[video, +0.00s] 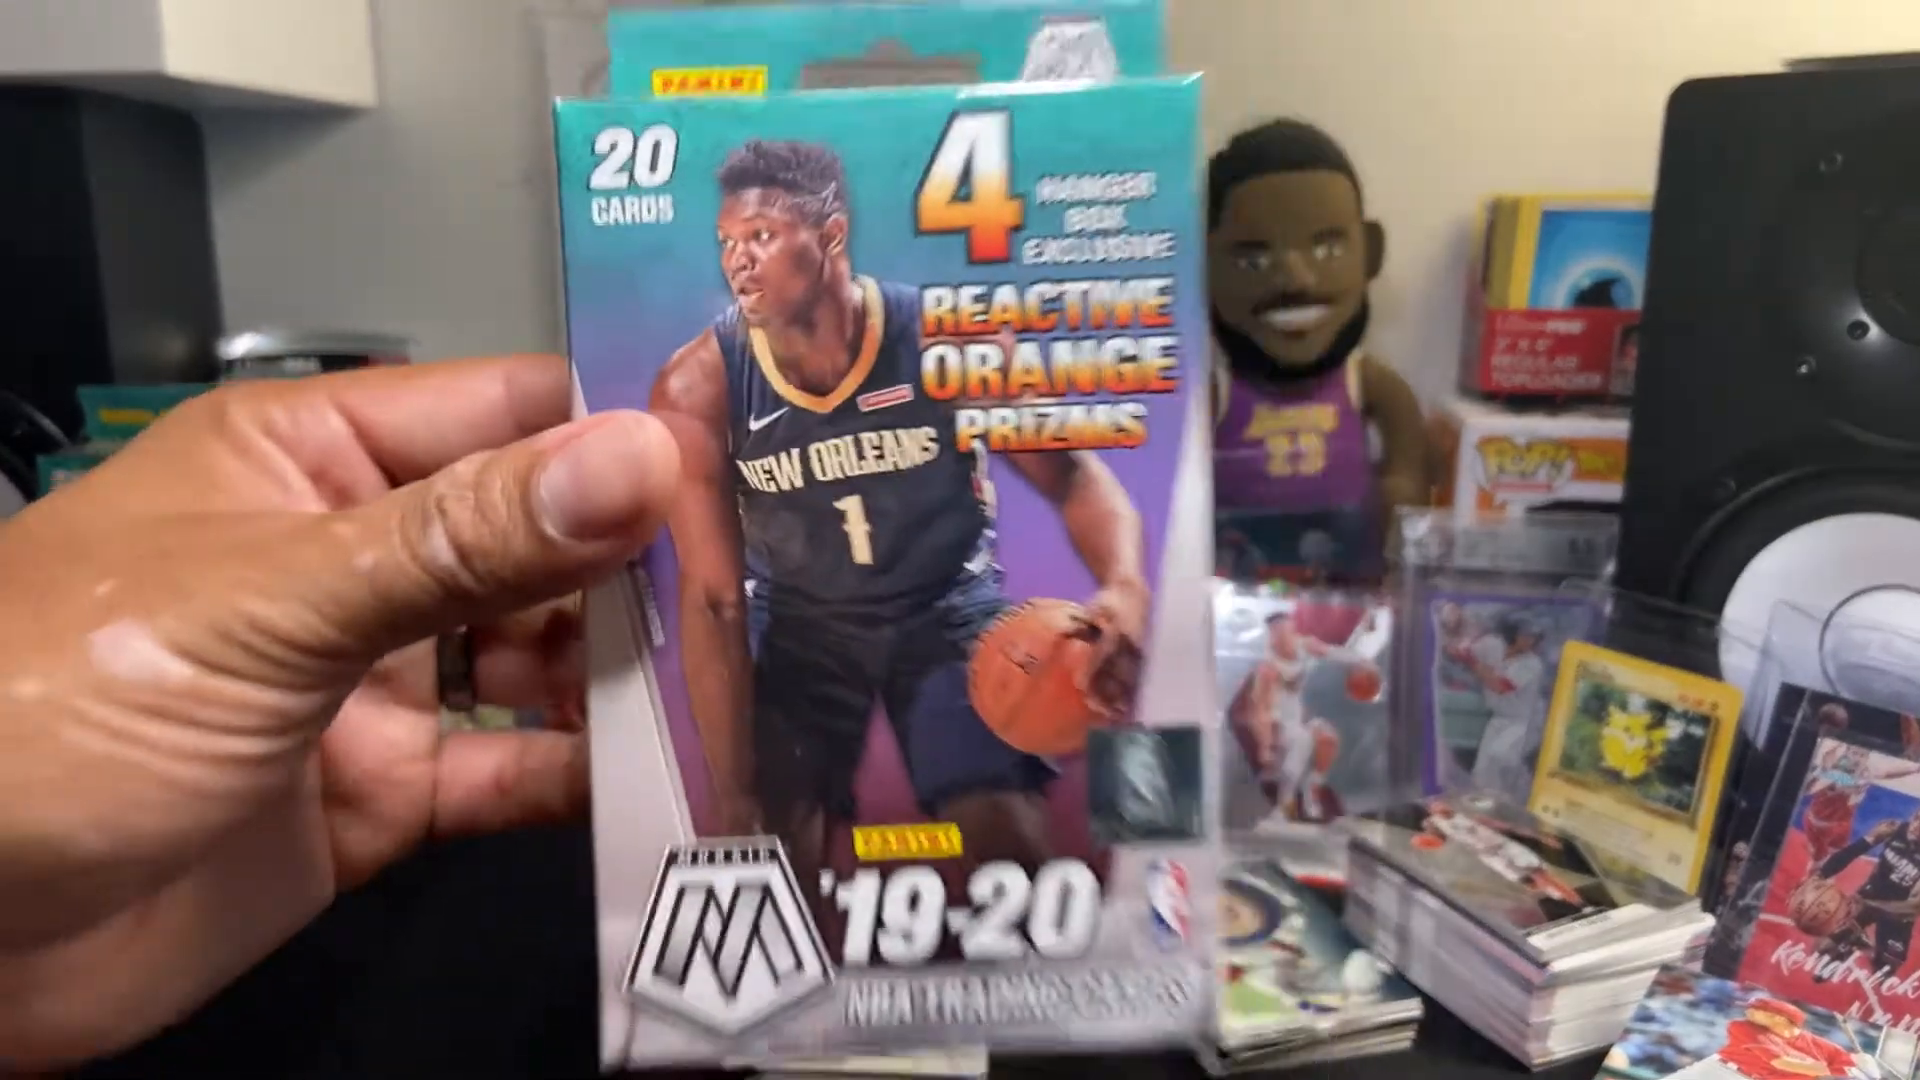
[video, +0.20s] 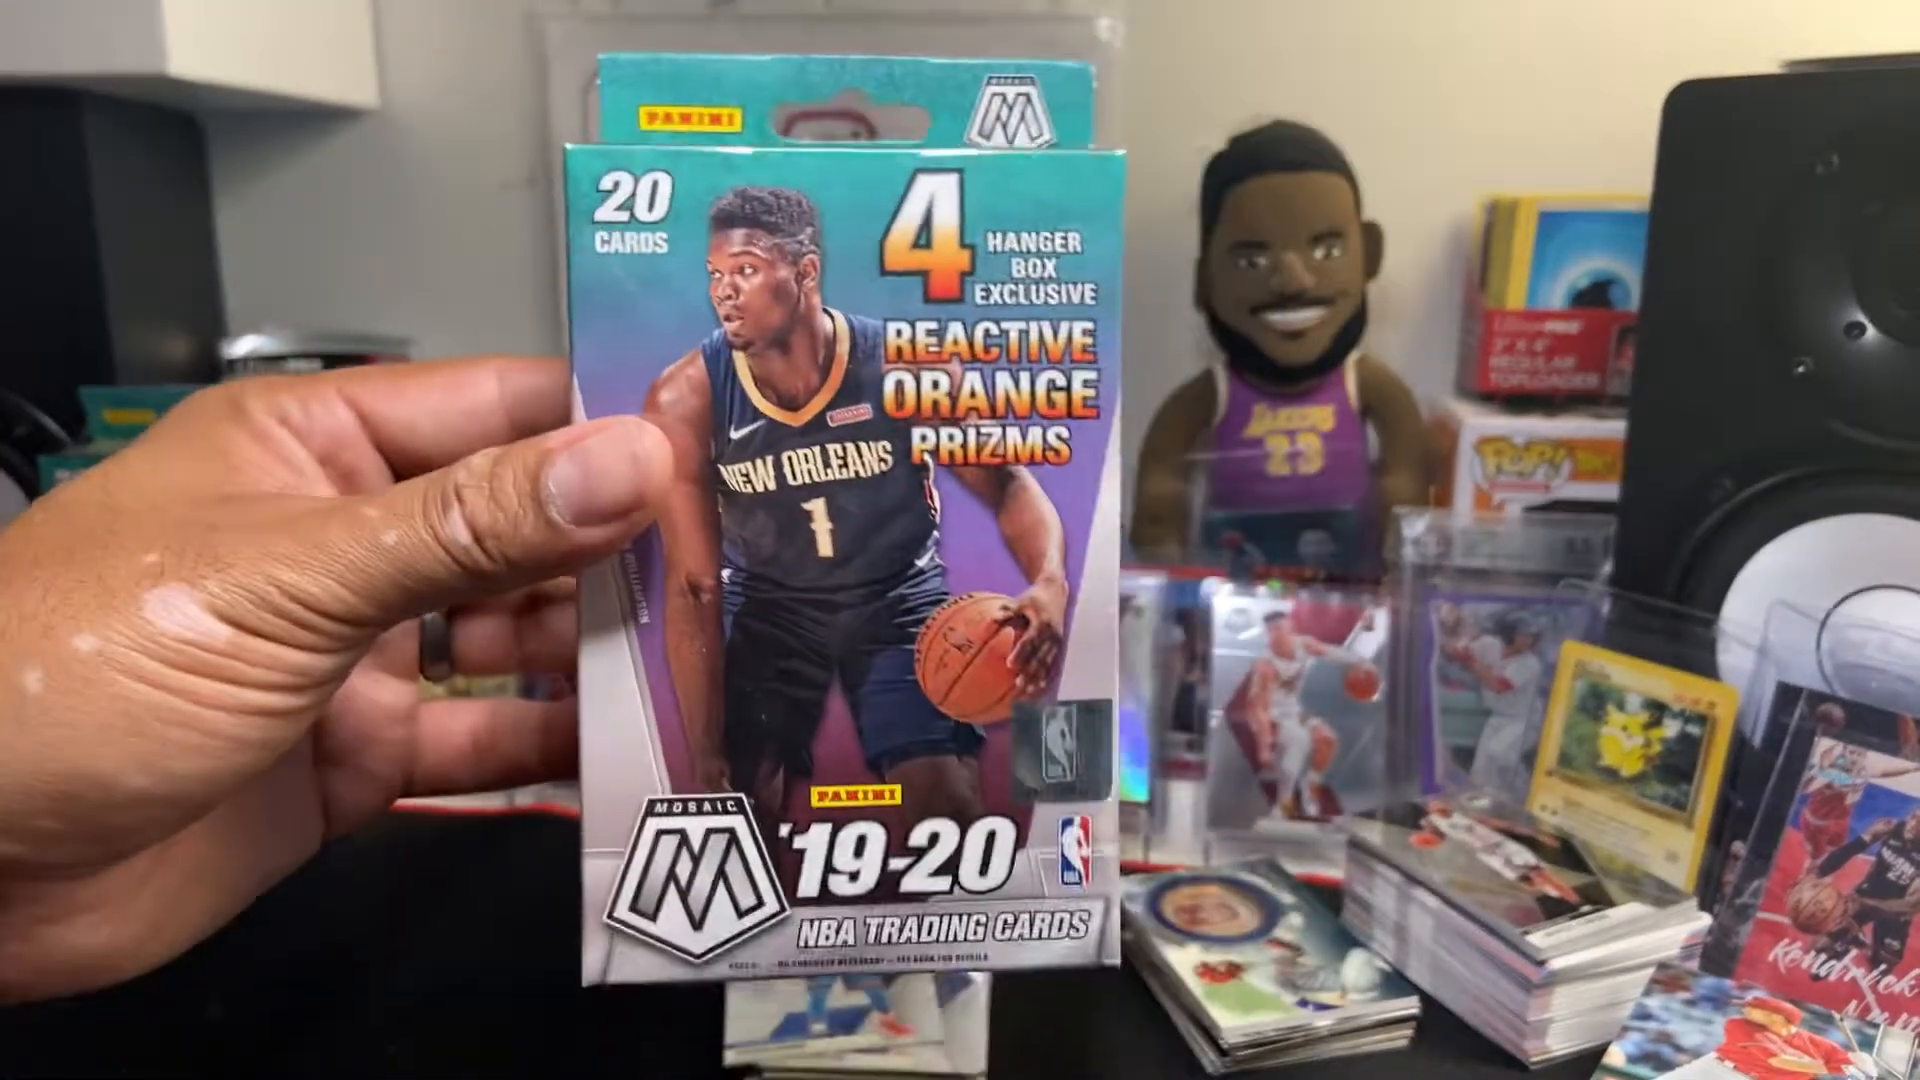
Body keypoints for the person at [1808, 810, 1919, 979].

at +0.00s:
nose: (1915, 827)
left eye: (1919, 824)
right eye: (1915, 819)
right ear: (1911, 818)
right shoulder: (1893, 830)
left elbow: (1912, 908)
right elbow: (1853, 851)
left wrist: (1866, 906)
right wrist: (1821, 874)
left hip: (1899, 912)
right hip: (1869, 898)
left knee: (1885, 972)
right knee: (1825, 949)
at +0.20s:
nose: (1913, 825)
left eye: (1918, 823)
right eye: (1913, 818)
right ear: (1908, 817)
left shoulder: (1917, 857)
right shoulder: (1889, 829)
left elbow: (1911, 905)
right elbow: (1850, 849)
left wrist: (1865, 904)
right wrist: (1819, 871)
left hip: (1896, 909)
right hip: (1866, 896)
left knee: (1882, 967)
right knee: (1820, 947)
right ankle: (1846, 945)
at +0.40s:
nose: (1911, 824)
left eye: (1917, 822)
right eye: (1911, 817)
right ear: (1906, 816)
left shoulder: (1917, 857)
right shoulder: (1886, 829)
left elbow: (1909, 905)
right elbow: (1848, 849)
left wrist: (1861, 903)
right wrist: (1816, 871)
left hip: (1895, 908)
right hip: (1864, 895)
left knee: (1881, 966)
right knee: (1819, 947)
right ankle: (1845, 944)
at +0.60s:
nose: (1910, 823)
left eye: (1917, 822)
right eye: (1911, 816)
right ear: (1906, 815)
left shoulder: (1917, 854)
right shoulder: (1885, 828)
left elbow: (1911, 902)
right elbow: (1846, 848)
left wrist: (1860, 902)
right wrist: (1815, 871)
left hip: (1893, 911)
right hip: (1861, 897)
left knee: (1878, 969)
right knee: (1817, 948)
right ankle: (1847, 940)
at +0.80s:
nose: (1910, 823)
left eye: (1917, 821)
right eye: (1910, 816)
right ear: (1905, 814)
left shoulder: (1917, 852)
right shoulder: (1885, 828)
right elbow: (1846, 849)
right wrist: (1814, 871)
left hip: (1892, 910)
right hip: (1858, 897)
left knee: (1877, 970)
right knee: (1815, 949)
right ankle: (1845, 941)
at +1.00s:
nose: (1910, 823)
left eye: (1917, 821)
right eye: (1910, 816)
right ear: (1905, 814)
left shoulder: (1917, 854)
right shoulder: (1884, 828)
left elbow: (1910, 902)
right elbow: (1844, 849)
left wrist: (1859, 902)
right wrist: (1813, 872)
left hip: (1892, 910)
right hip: (1860, 896)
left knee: (1877, 970)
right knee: (1815, 948)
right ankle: (1845, 941)